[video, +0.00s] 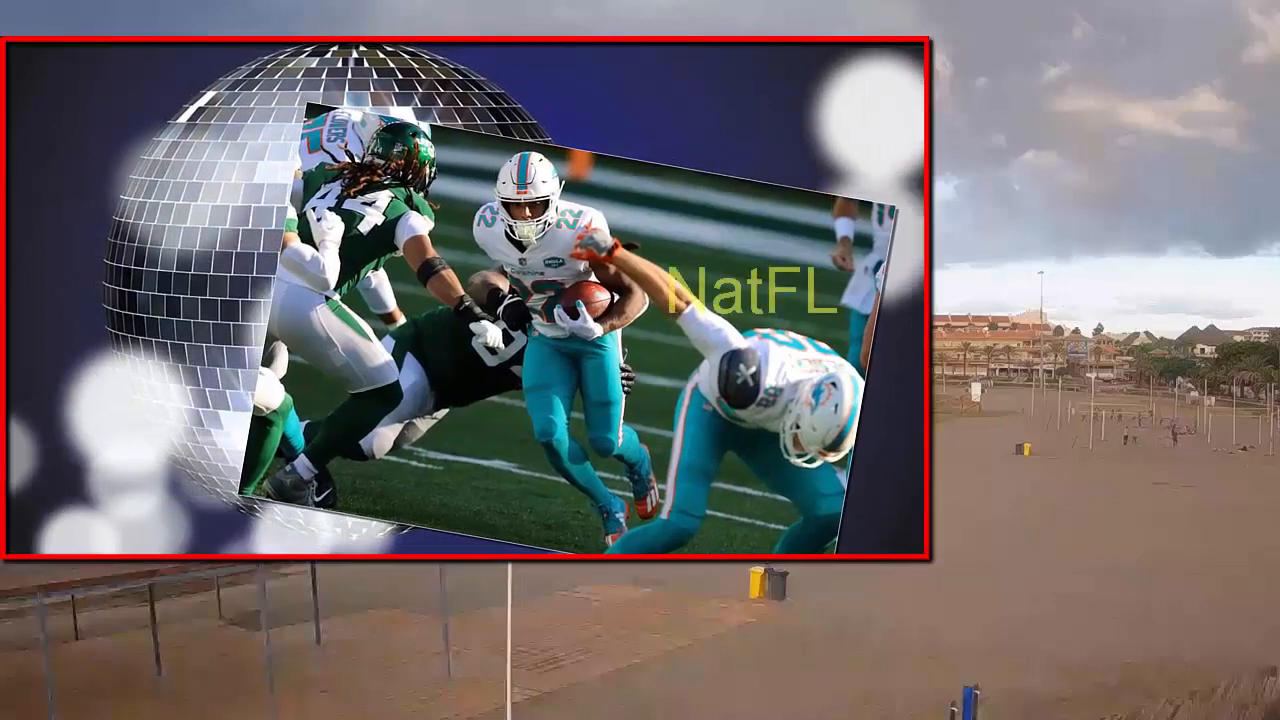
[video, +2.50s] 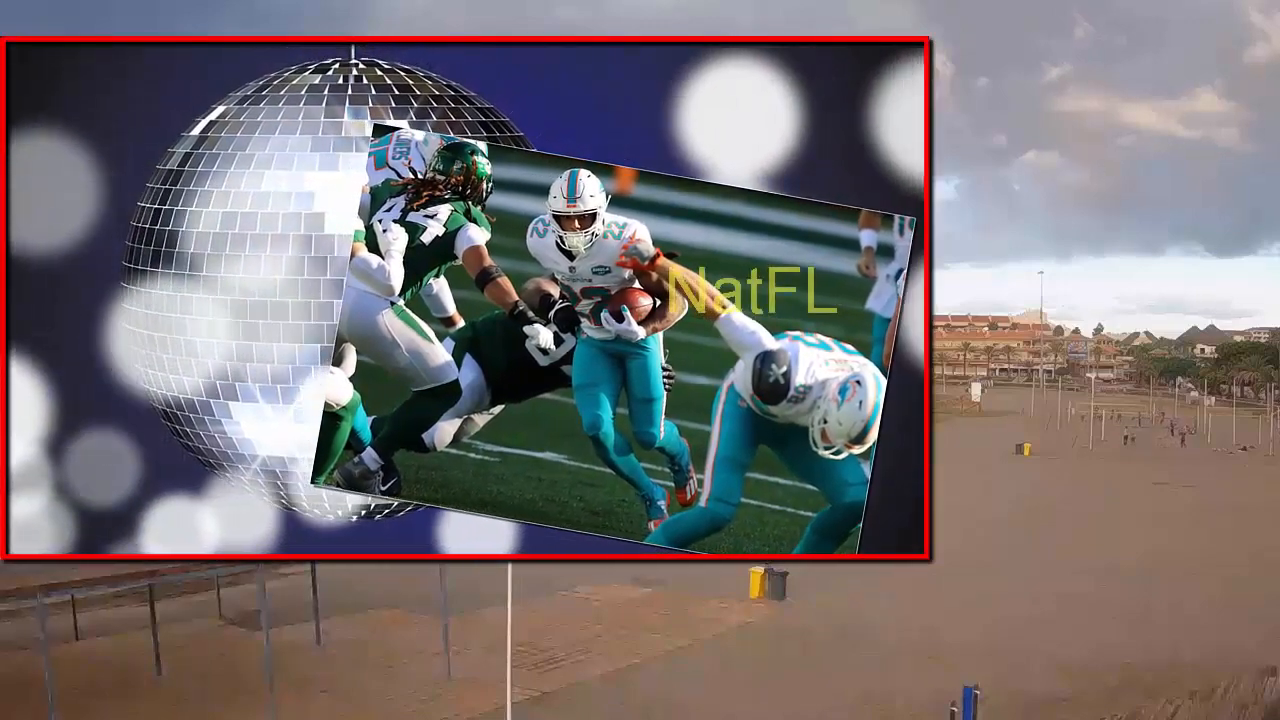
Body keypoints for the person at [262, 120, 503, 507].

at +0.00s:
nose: (428, 175)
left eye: (427, 167)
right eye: (426, 167)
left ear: (372, 153)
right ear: (414, 167)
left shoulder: (323, 176)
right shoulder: (401, 209)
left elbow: (270, 204)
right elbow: (429, 267)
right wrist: (471, 314)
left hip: (258, 283)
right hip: (307, 302)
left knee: (266, 372)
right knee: (384, 389)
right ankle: (300, 472)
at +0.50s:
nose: (439, 178)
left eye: (439, 170)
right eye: (437, 170)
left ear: (384, 156)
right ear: (427, 170)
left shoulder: (336, 178)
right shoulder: (414, 211)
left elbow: (285, 207)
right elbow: (440, 268)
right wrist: (482, 315)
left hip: (272, 285)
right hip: (321, 302)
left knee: (283, 366)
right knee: (395, 388)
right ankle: (313, 470)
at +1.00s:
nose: (451, 181)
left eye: (450, 174)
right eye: (449, 173)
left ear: (396, 160)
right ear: (439, 175)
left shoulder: (350, 183)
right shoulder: (425, 214)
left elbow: (301, 202)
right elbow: (451, 270)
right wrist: (493, 316)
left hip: (287, 285)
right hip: (334, 304)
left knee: (292, 372)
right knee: (408, 389)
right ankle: (326, 470)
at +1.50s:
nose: (462, 184)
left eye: (462, 177)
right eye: (460, 176)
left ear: (409, 163)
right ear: (450, 177)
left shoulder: (365, 184)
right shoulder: (439, 216)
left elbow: (315, 202)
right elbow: (463, 271)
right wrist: (504, 316)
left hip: (299, 284)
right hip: (346, 304)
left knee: (303, 386)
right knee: (420, 389)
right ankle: (339, 468)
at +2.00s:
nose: (474, 186)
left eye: (473, 178)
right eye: (472, 178)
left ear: (420, 165)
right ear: (462, 179)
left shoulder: (376, 188)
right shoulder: (449, 218)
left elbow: (328, 213)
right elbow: (474, 273)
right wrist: (514, 316)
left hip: (315, 286)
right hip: (360, 305)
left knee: (321, 373)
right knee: (433, 388)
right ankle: (355, 464)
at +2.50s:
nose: (485, 189)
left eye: (485, 182)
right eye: (483, 182)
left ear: (435, 170)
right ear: (473, 182)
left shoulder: (390, 190)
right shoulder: (463, 218)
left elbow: (340, 207)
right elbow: (485, 273)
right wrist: (522, 314)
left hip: (328, 289)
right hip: (374, 306)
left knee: (334, 369)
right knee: (445, 388)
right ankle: (367, 462)